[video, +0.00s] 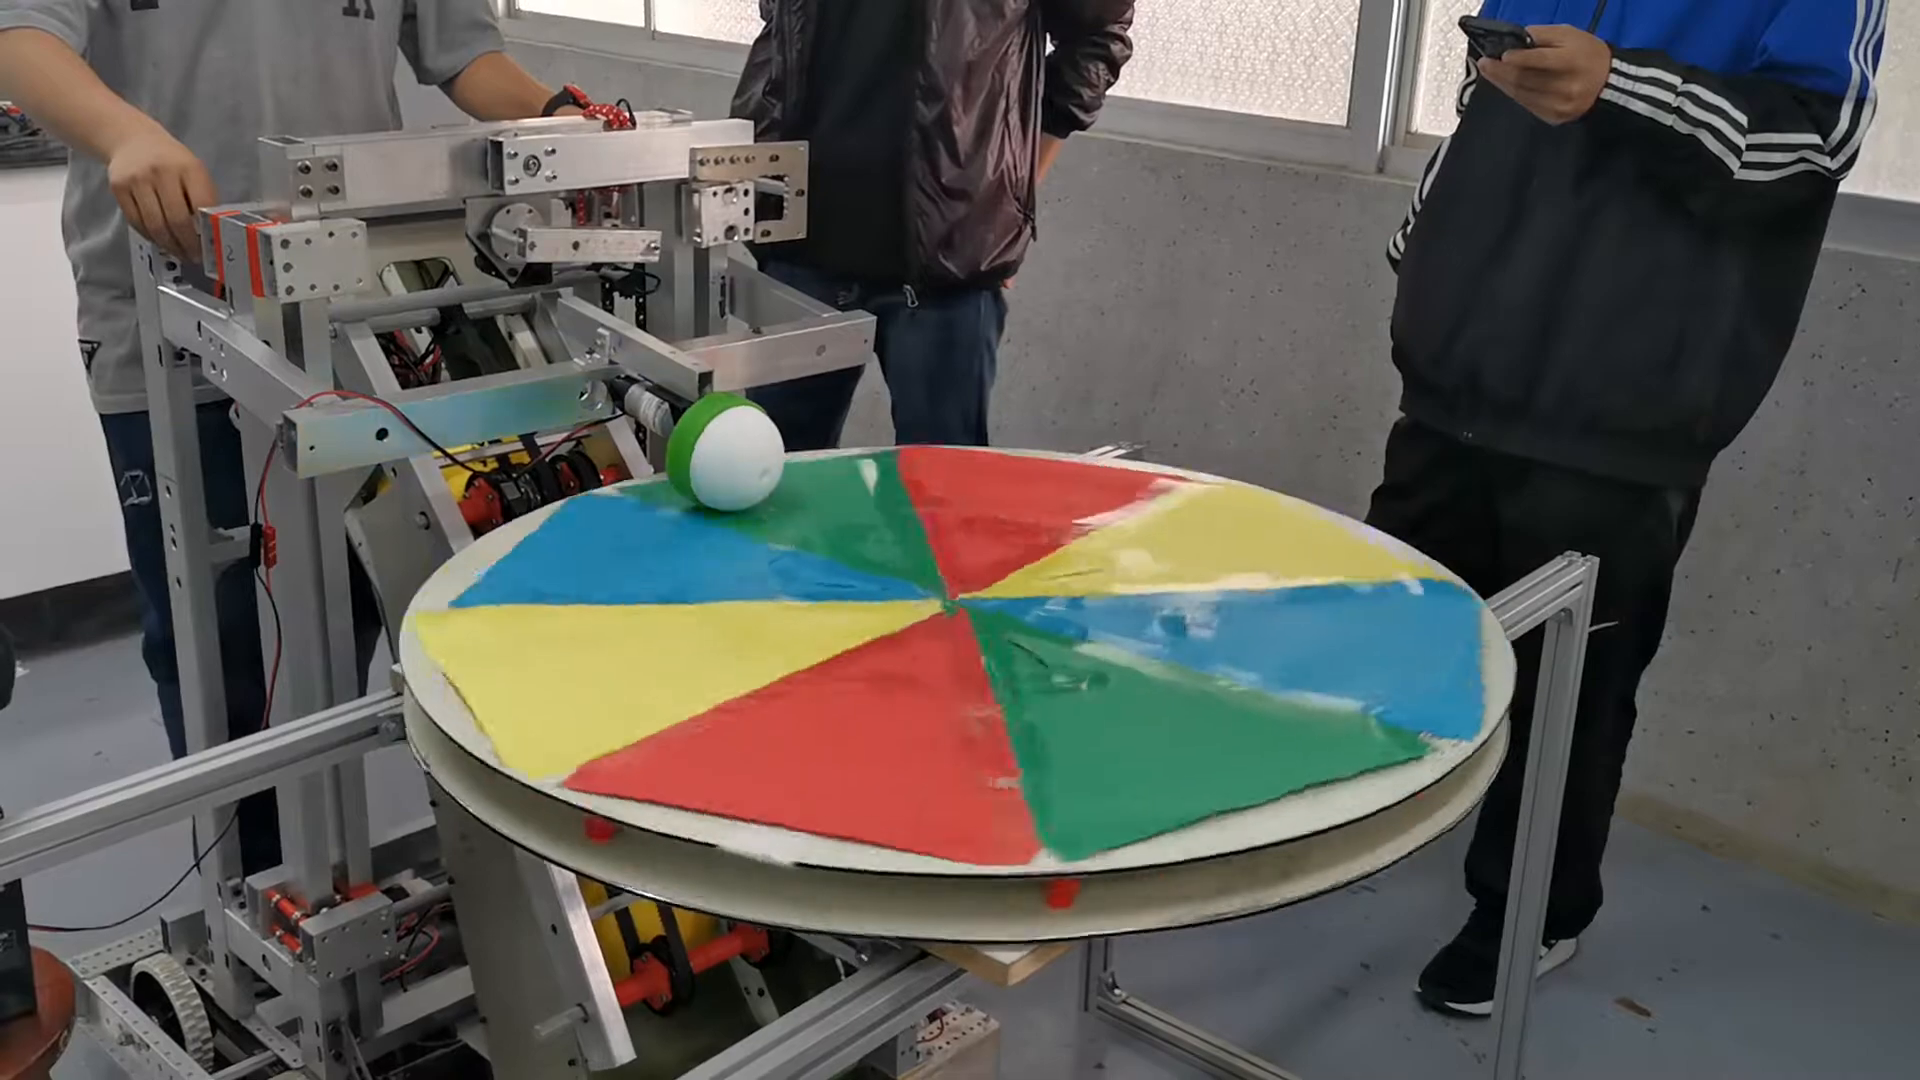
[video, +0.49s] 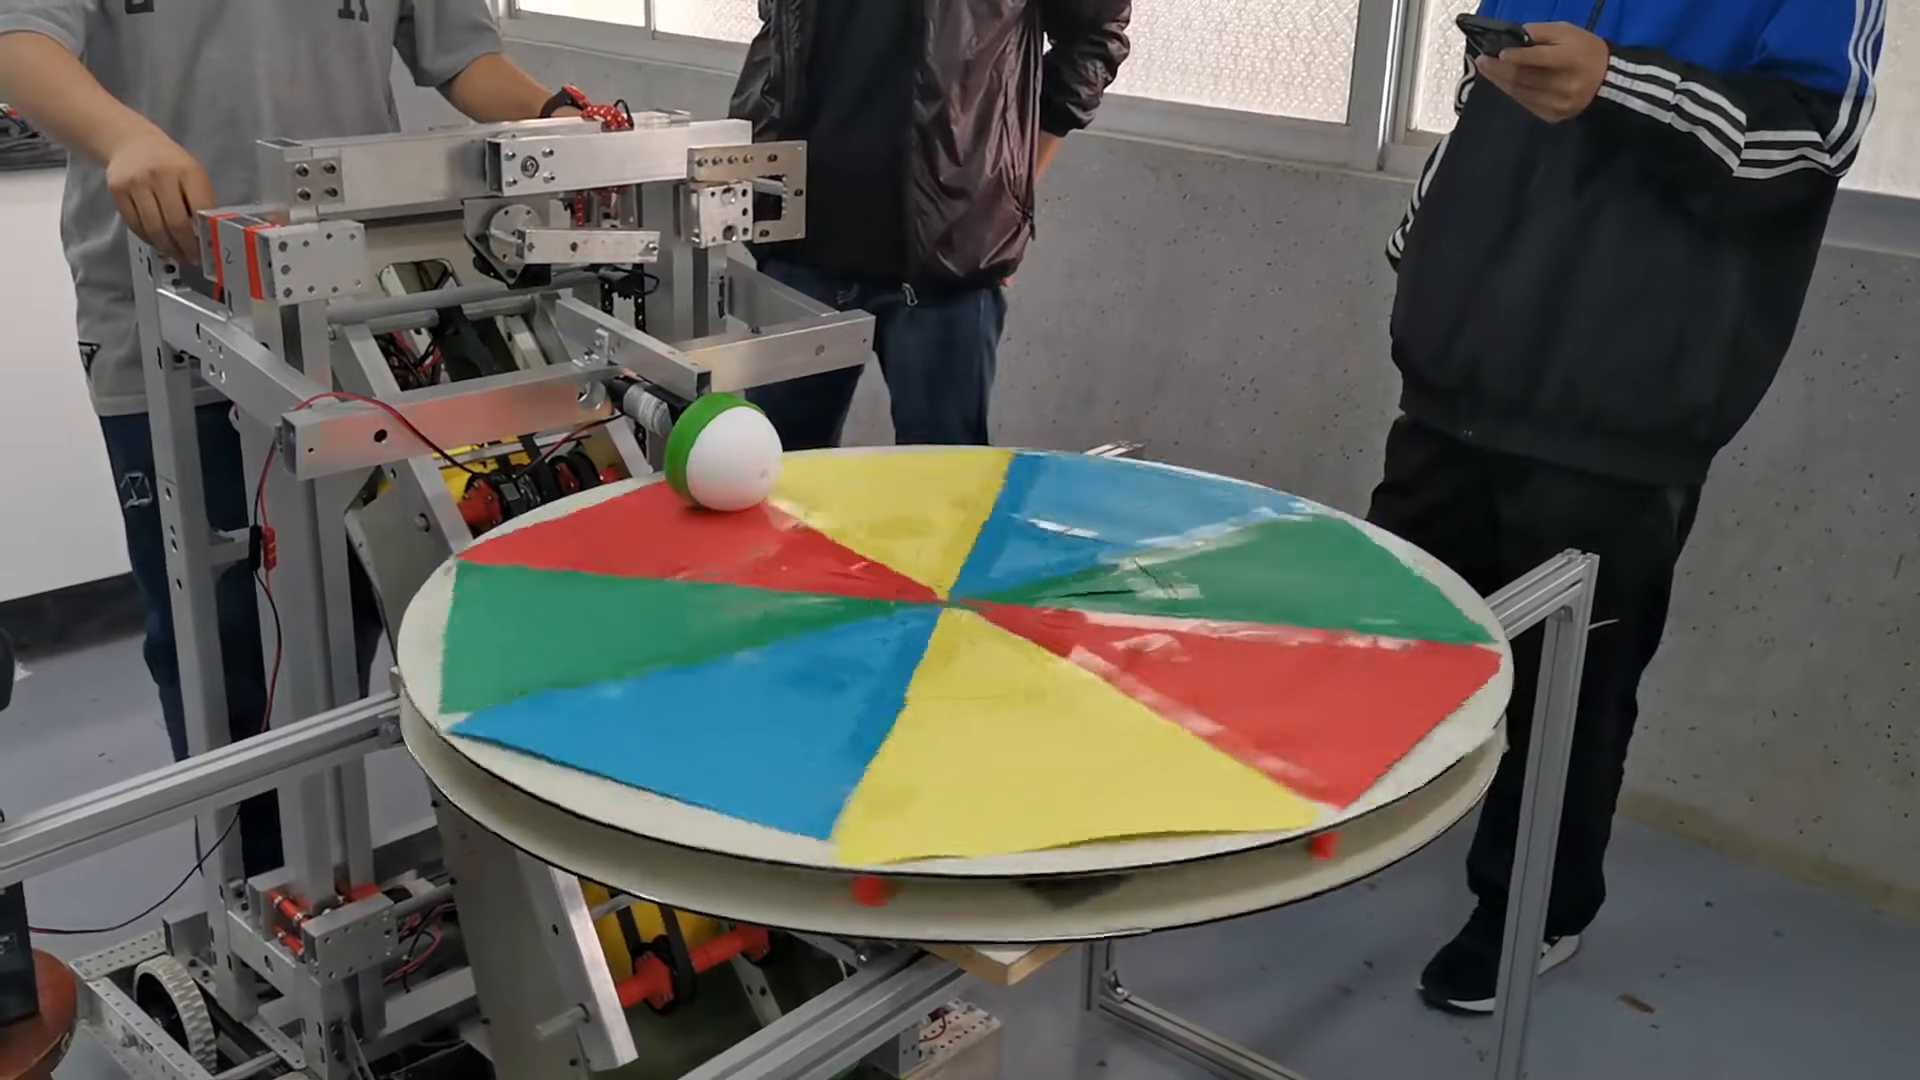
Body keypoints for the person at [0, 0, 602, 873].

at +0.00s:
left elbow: (458, 47)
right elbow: (23, 37)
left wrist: (563, 119)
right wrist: (124, 132)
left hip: (351, 318)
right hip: (164, 325)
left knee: (350, 609)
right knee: (209, 643)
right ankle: (255, 888)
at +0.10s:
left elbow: (458, 46)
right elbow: (22, 35)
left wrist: (558, 116)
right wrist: (123, 132)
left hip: (346, 314)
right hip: (163, 321)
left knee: (346, 603)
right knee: (206, 633)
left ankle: (336, 853)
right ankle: (254, 880)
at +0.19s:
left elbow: (458, 47)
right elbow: (22, 35)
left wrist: (559, 117)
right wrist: (124, 132)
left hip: (346, 315)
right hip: (162, 321)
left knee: (347, 604)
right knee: (206, 635)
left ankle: (334, 852)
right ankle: (254, 881)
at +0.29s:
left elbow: (457, 47)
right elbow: (22, 37)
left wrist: (562, 120)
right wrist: (123, 133)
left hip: (349, 315)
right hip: (164, 321)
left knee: (350, 607)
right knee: (208, 637)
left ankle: (335, 854)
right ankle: (256, 885)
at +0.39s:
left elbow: (455, 47)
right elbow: (22, 38)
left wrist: (556, 115)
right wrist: (122, 133)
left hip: (348, 317)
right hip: (165, 324)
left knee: (348, 609)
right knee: (211, 639)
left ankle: (332, 852)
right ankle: (256, 887)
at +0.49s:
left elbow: (454, 47)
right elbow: (23, 42)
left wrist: (554, 116)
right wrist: (120, 134)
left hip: (344, 320)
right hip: (163, 327)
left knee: (346, 612)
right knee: (210, 642)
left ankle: (335, 858)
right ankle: (259, 887)